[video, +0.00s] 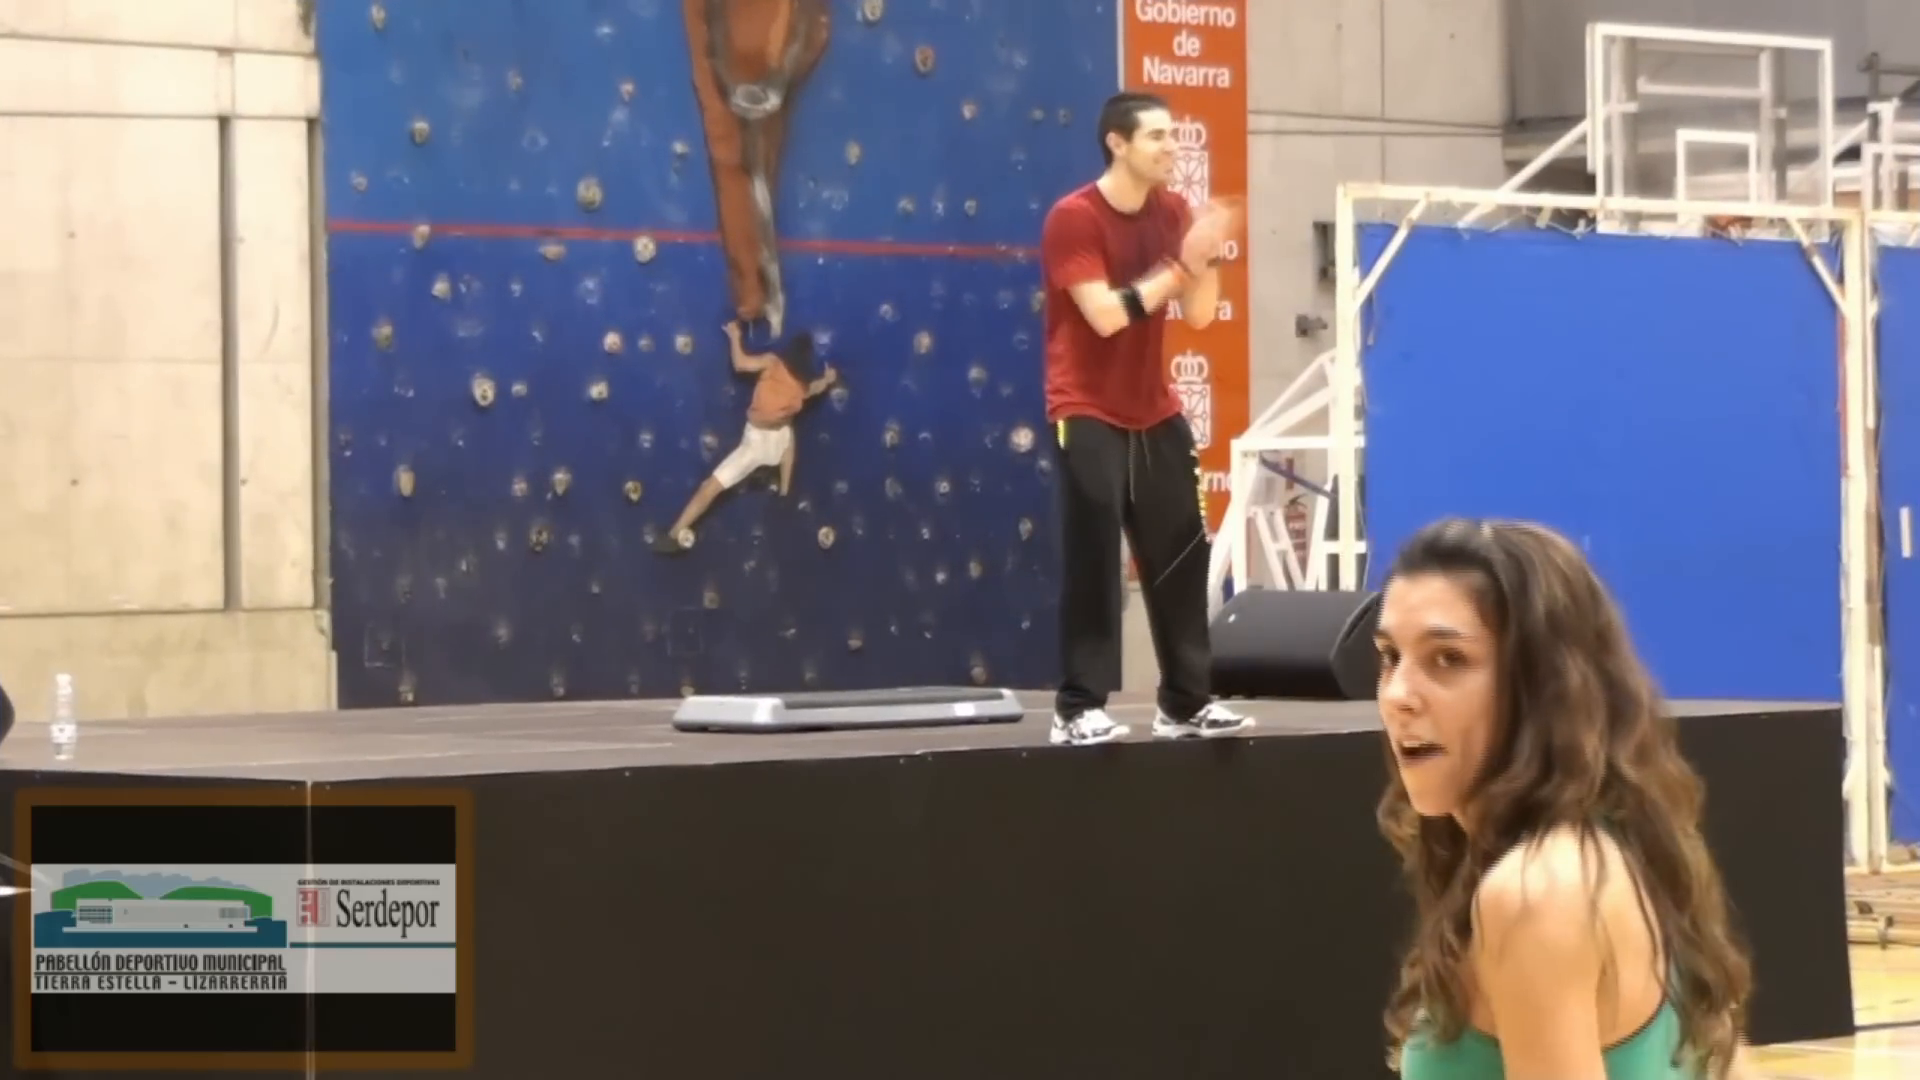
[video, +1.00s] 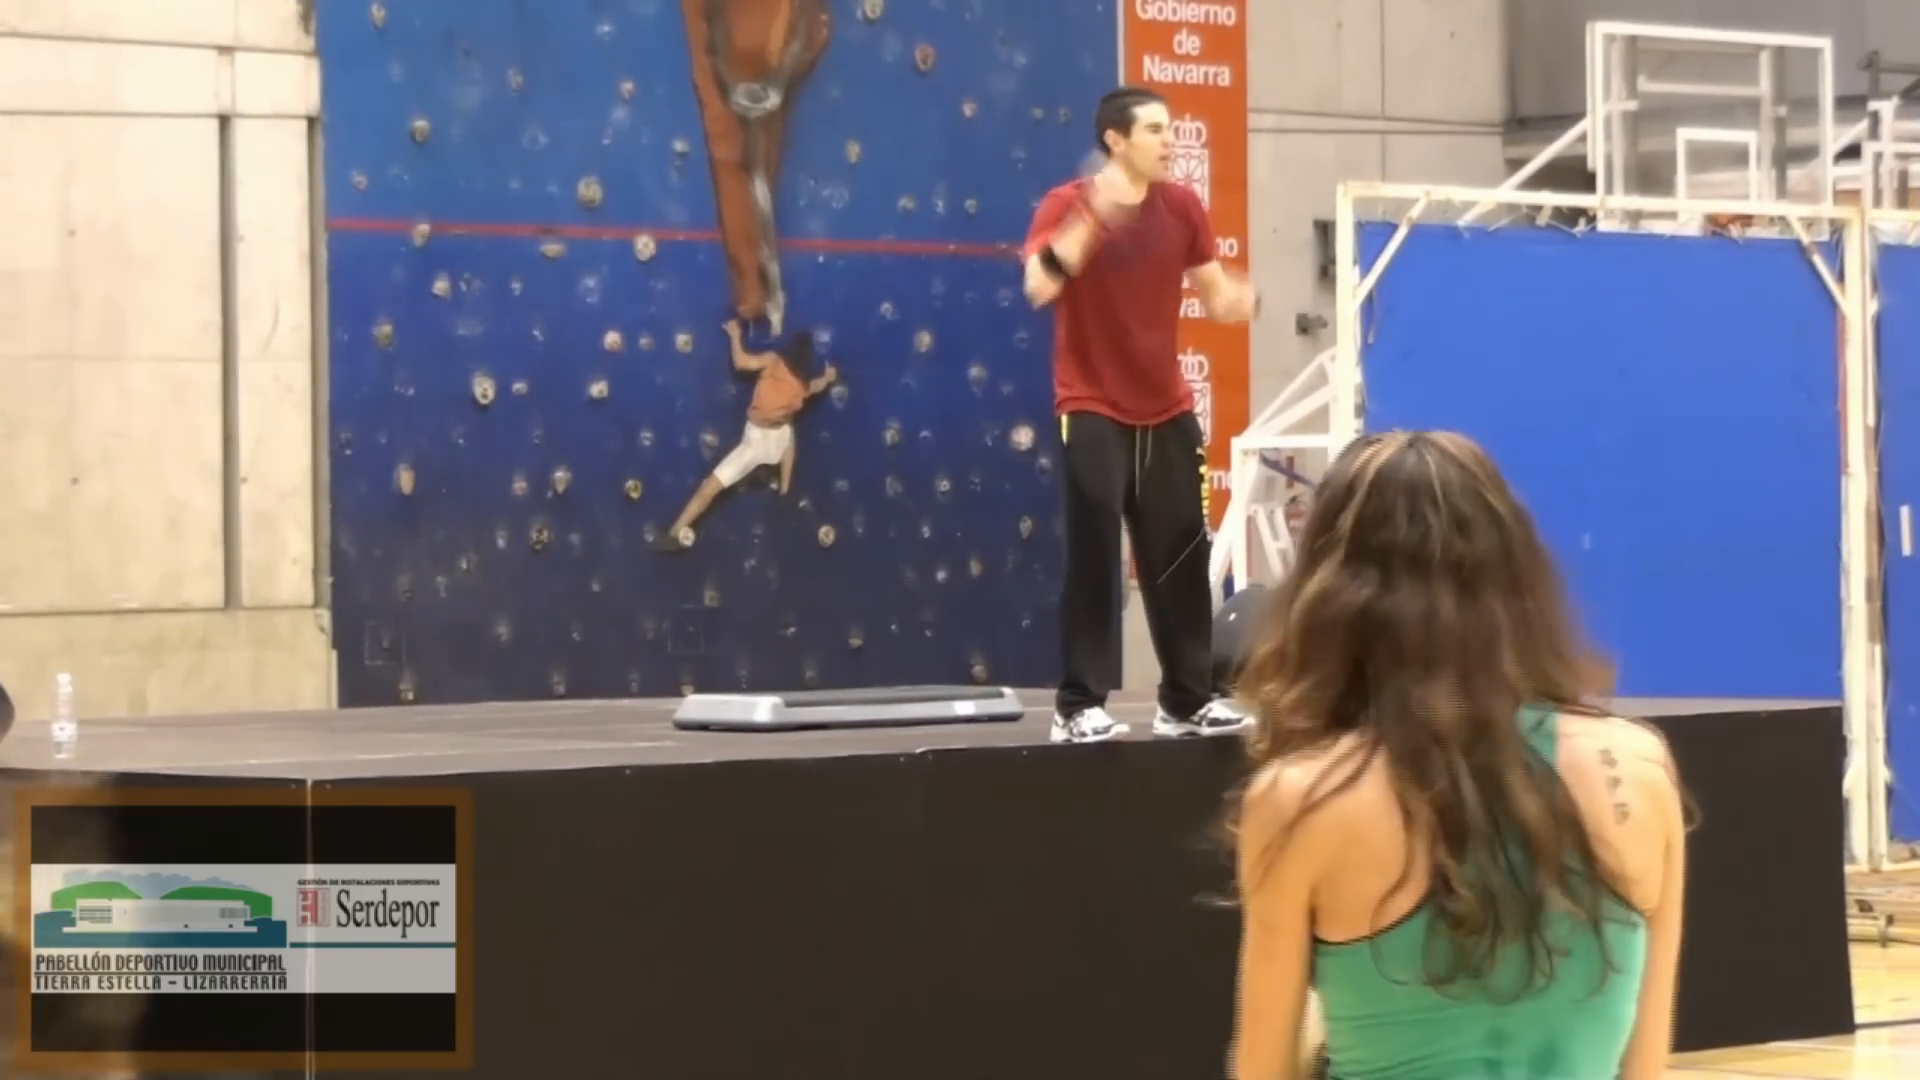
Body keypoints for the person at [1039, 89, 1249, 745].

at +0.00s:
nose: (1170, 147)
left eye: (1172, 136)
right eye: (1157, 136)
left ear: (1170, 144)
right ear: (1118, 143)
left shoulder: (1171, 214)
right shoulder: (1073, 217)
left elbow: (1198, 314)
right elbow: (1106, 316)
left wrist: (1206, 250)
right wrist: (1184, 264)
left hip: (1154, 406)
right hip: (1087, 408)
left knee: (1180, 550)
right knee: (1095, 551)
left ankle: (1187, 701)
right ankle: (1081, 705)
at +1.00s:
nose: (1168, 140)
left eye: (1169, 129)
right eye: (1154, 130)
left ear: (1166, 138)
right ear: (1115, 138)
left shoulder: (1181, 205)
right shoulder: (1069, 204)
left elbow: (1216, 288)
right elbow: (1038, 285)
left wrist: (1234, 299)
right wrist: (1093, 216)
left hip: (1166, 403)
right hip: (1092, 401)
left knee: (1181, 550)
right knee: (1096, 548)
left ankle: (1189, 699)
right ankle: (1082, 703)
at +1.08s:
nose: (1169, 140)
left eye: (1170, 129)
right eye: (1156, 129)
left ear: (1165, 138)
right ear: (1117, 137)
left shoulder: (1182, 205)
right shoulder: (1074, 196)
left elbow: (1204, 293)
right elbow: (1031, 236)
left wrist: (1225, 316)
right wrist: (1080, 169)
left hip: (1165, 401)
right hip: (1094, 399)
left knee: (1180, 552)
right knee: (1093, 547)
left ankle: (1187, 699)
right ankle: (1081, 703)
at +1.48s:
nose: (1177, 141)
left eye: (1177, 130)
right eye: (1164, 130)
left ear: (1169, 142)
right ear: (1124, 139)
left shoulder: (1183, 208)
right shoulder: (1077, 197)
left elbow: (1206, 286)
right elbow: (1016, 199)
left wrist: (1217, 301)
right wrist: (1093, 247)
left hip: (1163, 407)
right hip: (1094, 408)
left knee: (1180, 555)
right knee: (1093, 558)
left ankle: (1187, 699)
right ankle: (1080, 704)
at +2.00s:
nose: (1148, 136)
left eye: (1154, 126)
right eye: (1134, 125)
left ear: (1161, 137)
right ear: (1101, 134)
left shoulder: (1185, 197)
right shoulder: (1059, 209)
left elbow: (1271, 179)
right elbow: (1018, 301)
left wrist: (1320, 152)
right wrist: (1056, 367)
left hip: (1173, 410)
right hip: (1094, 415)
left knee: (1204, 555)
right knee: (1090, 563)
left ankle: (1190, 686)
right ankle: (1079, 706)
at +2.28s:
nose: (1196, 152)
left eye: (1203, 142)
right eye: (1182, 141)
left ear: (1210, 155)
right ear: (1148, 154)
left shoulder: (1224, 215)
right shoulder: (1102, 226)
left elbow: (1312, 180)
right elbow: (1063, 313)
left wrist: (1364, 134)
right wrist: (1030, 385)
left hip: (1204, 421)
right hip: (1123, 422)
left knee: (1207, 570)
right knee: (1111, 561)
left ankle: (1219, 706)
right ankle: (1090, 698)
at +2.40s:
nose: (1209, 145)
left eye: (1216, 135)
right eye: (1195, 133)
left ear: (1224, 147)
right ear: (1164, 145)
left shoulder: (1243, 213)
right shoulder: (1118, 217)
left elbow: (1326, 233)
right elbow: (1087, 307)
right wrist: (1078, 382)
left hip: (1218, 413)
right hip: (1139, 414)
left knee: (1231, 540)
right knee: (1130, 529)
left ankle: (1234, 665)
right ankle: (1116, 663)